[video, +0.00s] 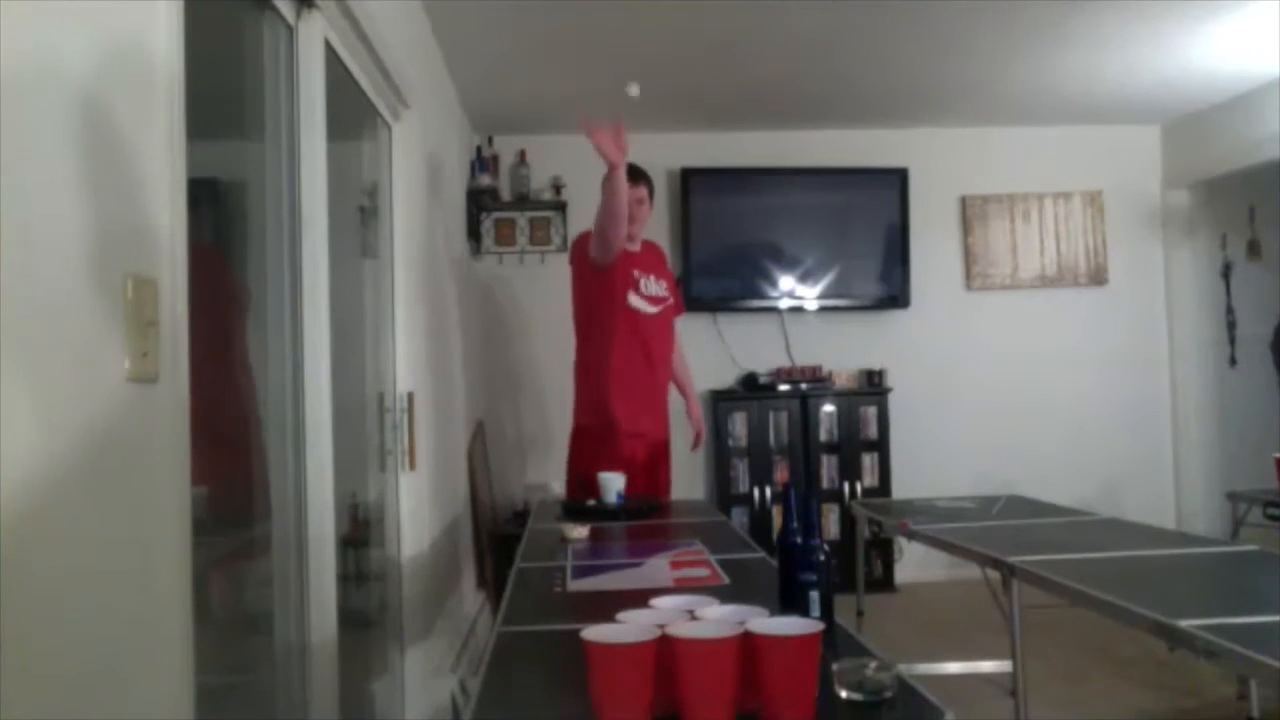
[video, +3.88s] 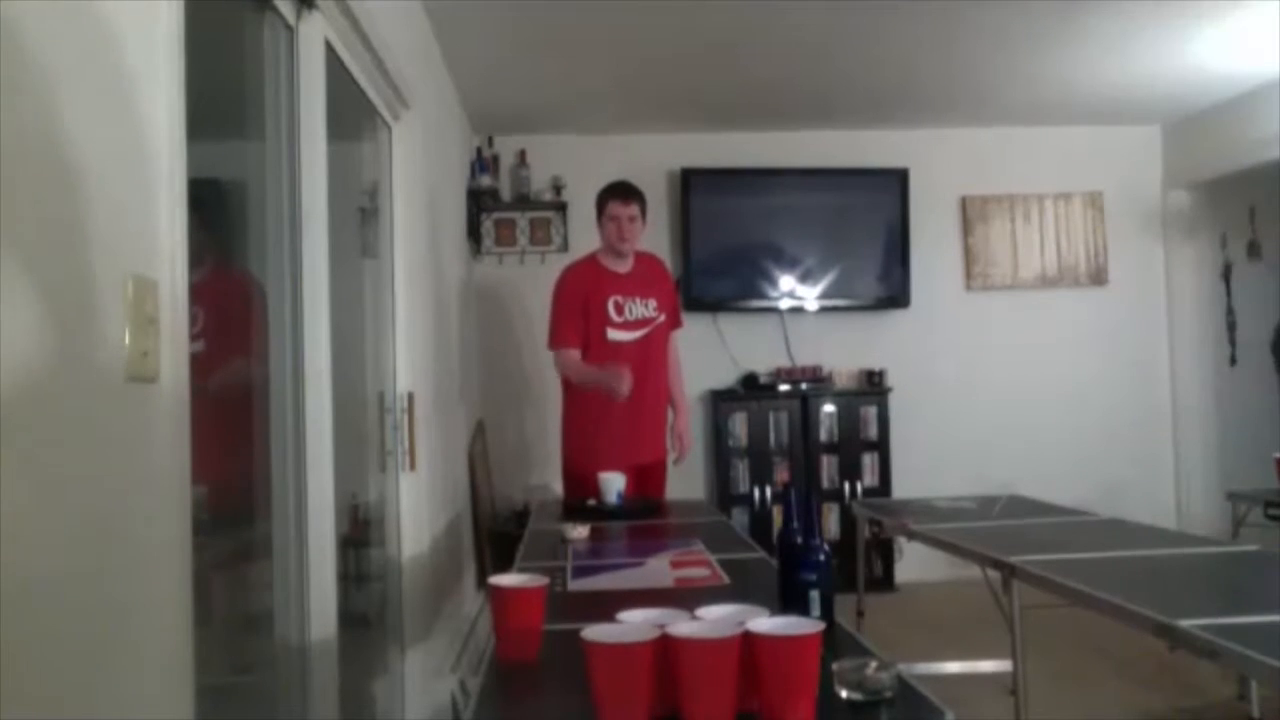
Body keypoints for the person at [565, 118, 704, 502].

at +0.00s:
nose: (633, 211)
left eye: (641, 202)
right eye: (625, 203)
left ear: (651, 209)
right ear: (609, 207)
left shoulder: (656, 259)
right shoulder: (590, 252)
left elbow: (668, 339)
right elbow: (609, 241)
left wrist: (690, 399)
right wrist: (617, 169)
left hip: (651, 428)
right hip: (603, 428)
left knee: (652, 543)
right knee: (599, 544)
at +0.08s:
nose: (635, 211)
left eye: (642, 202)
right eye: (625, 202)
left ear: (652, 208)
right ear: (609, 207)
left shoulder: (656, 259)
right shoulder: (588, 252)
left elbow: (666, 339)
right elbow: (614, 264)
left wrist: (689, 400)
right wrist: (618, 170)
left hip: (651, 429)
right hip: (602, 429)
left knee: (650, 544)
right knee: (600, 546)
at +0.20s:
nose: (636, 213)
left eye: (644, 203)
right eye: (625, 203)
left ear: (655, 208)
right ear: (609, 209)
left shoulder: (657, 259)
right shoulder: (593, 259)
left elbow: (665, 342)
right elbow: (599, 333)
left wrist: (687, 404)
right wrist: (621, 254)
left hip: (651, 430)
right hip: (602, 432)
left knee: (650, 541)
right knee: (597, 542)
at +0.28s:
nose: (637, 214)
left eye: (646, 205)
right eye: (627, 204)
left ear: (656, 210)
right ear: (611, 210)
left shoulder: (659, 261)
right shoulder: (593, 263)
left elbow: (666, 347)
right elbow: (581, 350)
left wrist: (685, 404)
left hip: (651, 429)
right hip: (602, 430)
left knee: (650, 539)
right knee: (596, 540)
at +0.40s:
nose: (639, 217)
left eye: (648, 208)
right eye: (629, 208)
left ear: (658, 213)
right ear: (613, 213)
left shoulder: (661, 262)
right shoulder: (590, 268)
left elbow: (667, 344)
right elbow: (561, 348)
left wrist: (683, 404)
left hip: (653, 438)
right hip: (602, 441)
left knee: (650, 543)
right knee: (598, 544)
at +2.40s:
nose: (631, 249)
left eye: (640, 240)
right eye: (623, 238)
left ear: (651, 238)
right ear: (608, 235)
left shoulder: (661, 280)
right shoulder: (580, 281)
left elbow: (670, 355)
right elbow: (563, 363)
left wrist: (673, 421)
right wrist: (592, 438)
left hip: (647, 443)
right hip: (591, 446)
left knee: (645, 544)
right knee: (594, 544)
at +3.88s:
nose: (624, 229)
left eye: (632, 220)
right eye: (614, 220)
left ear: (643, 225)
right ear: (599, 224)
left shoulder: (657, 272)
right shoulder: (576, 278)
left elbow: (668, 348)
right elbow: (566, 362)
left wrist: (681, 412)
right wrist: (603, 377)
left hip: (648, 439)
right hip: (593, 443)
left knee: (648, 541)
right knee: (594, 542)